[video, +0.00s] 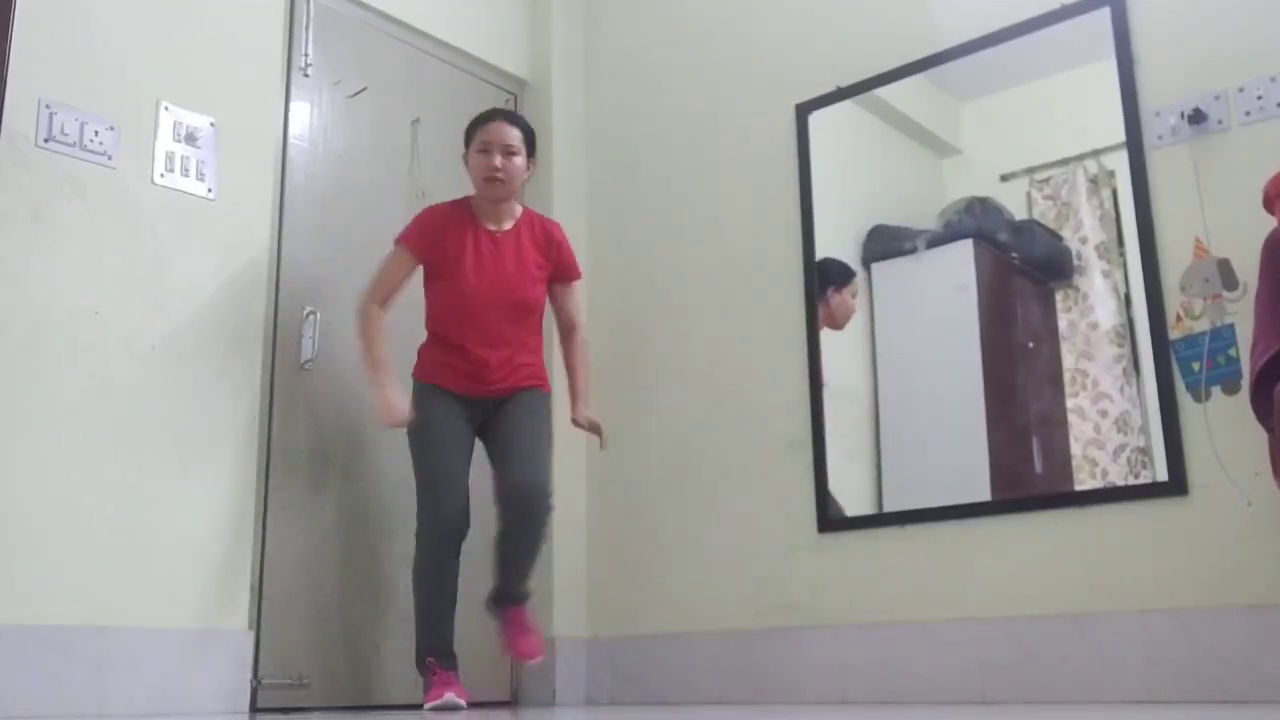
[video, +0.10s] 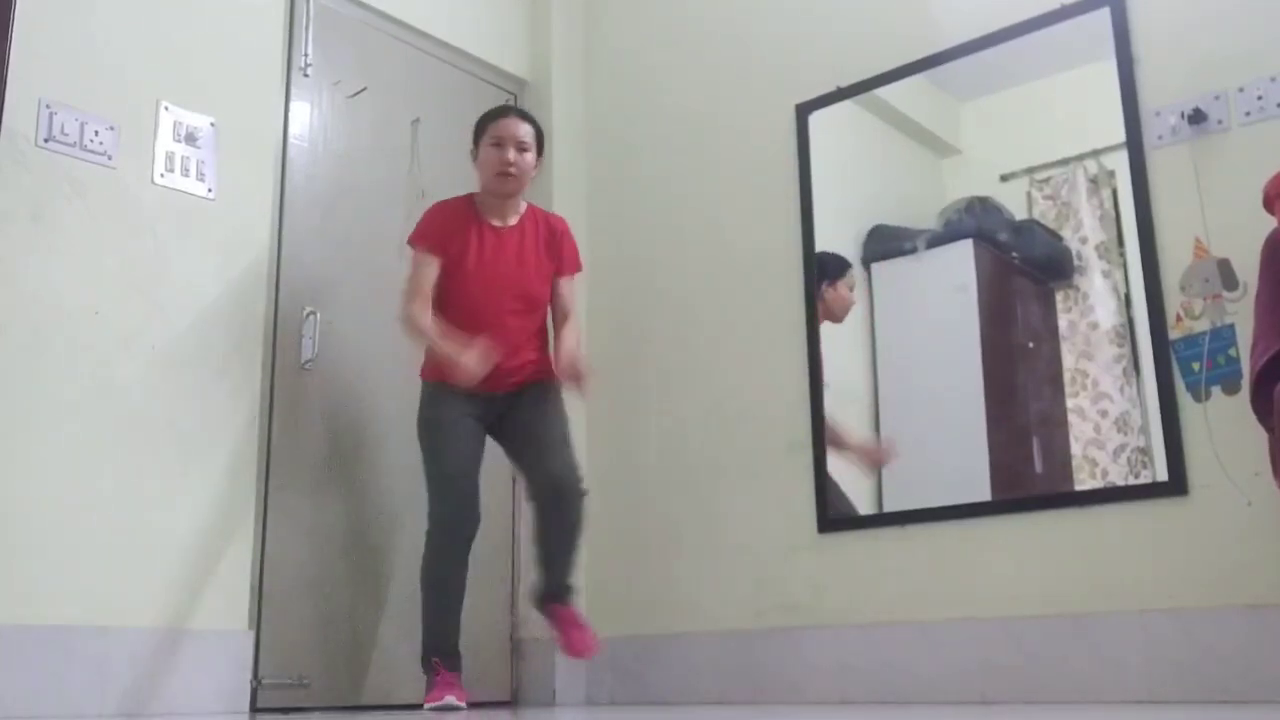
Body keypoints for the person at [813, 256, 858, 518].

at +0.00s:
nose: (854, 307)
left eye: (855, 297)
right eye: (851, 296)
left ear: (831, 295)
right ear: (831, 295)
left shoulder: (809, 340)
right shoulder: (806, 344)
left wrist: (827, 501)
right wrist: (828, 503)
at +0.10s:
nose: (853, 300)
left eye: (852, 290)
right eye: (849, 289)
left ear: (826, 289)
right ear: (826, 289)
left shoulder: (809, 334)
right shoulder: (806, 336)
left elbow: (813, 417)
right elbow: (811, 418)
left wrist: (859, 449)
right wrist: (859, 450)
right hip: (801, 465)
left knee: (850, 528)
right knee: (850, 528)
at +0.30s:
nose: (861, 277)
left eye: (860, 268)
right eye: (855, 267)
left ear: (829, 270)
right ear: (829, 269)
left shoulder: (824, 300)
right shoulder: (819, 297)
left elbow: (852, 385)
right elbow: (839, 366)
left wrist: (906, 356)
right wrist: (903, 354)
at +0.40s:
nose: (863, 275)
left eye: (862, 266)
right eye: (855, 264)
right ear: (828, 267)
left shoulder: (824, 298)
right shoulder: (821, 295)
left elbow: (860, 384)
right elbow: (855, 367)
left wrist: (919, 356)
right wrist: (919, 352)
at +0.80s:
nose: (883, 255)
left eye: (881, 245)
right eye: (876, 244)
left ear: (850, 248)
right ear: (850, 247)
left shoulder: (819, 277)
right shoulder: (846, 273)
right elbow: (823, 313)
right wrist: (818, 399)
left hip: (828, 424)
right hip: (826, 424)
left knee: (864, 519)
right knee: (863, 519)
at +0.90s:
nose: (882, 253)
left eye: (881, 243)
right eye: (876, 242)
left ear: (853, 245)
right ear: (851, 245)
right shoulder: (852, 268)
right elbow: (818, 286)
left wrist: (847, 431)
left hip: (835, 416)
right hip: (828, 412)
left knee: (858, 511)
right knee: (848, 511)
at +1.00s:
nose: (881, 254)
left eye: (879, 245)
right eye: (875, 244)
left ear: (852, 246)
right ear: (851, 247)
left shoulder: (826, 274)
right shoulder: (854, 270)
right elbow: (823, 285)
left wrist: (849, 428)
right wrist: (811, 339)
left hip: (833, 411)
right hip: (832, 410)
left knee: (851, 506)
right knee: (845, 509)